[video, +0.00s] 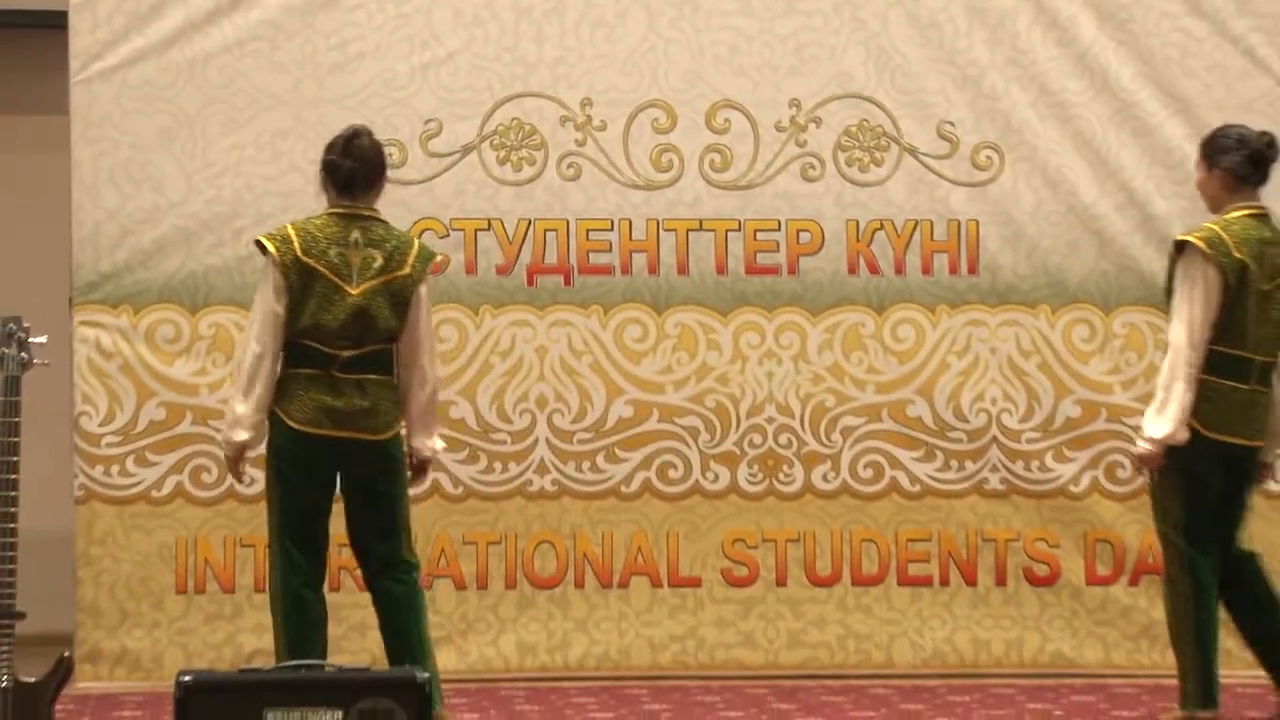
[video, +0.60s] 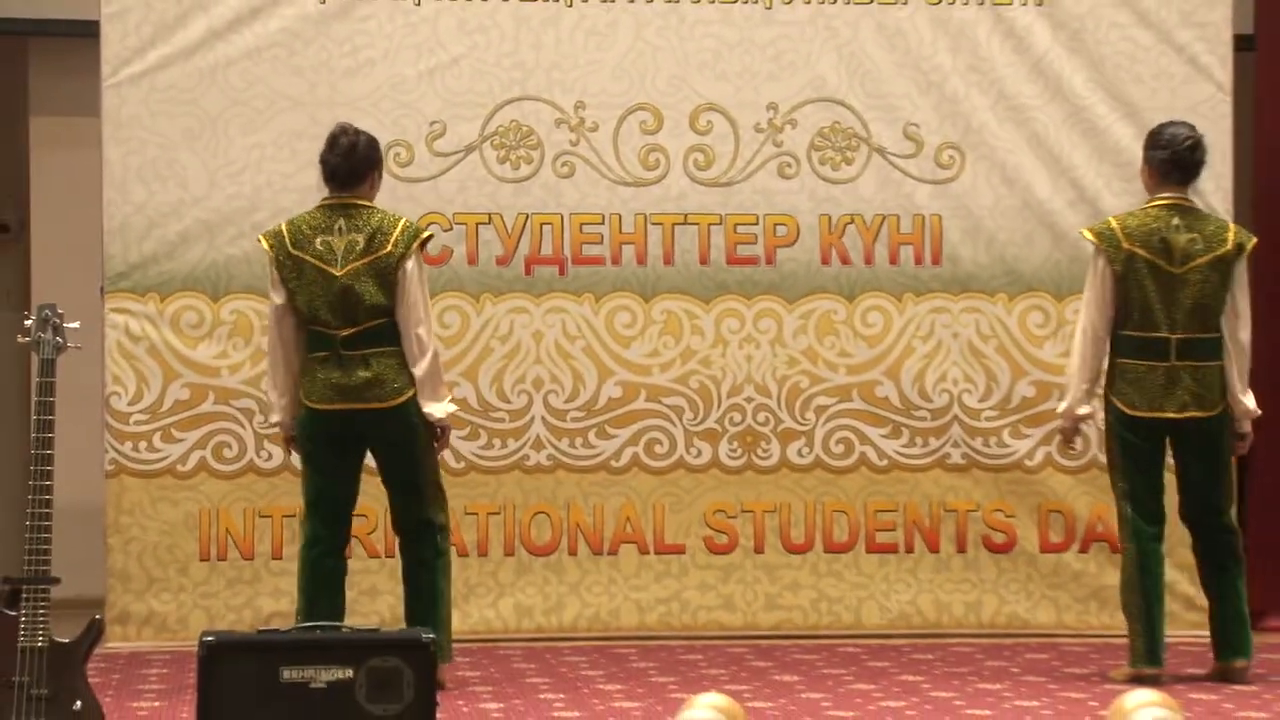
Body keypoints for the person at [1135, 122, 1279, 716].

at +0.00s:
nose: (1195, 180)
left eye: (1198, 170)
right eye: (1198, 169)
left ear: (1214, 175)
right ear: (1254, 177)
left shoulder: (1207, 246)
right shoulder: (1271, 242)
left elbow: (1188, 345)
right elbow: (1274, 361)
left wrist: (1160, 427)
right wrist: (1270, 444)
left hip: (1198, 435)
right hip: (1247, 436)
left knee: (1187, 565)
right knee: (1224, 554)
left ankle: (1197, 703)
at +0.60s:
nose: (1139, 171)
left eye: (1141, 163)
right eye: (1146, 163)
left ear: (1147, 169)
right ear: (1197, 172)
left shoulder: (1115, 237)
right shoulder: (1229, 241)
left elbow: (1094, 326)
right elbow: (1238, 331)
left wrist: (1077, 398)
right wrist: (1240, 402)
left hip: (1133, 404)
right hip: (1204, 406)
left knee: (1140, 529)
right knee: (1214, 522)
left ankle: (1145, 658)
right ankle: (1233, 654)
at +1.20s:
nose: (1103, 179)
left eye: (1104, 172)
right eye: (1106, 171)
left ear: (1110, 177)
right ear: (1158, 176)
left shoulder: (1090, 240)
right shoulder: (1191, 239)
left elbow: (1076, 324)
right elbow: (1200, 321)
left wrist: (1069, 391)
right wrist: (1205, 385)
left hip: (1112, 394)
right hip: (1175, 393)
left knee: (1117, 495)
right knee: (1170, 501)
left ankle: (1134, 601)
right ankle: (1166, 620)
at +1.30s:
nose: (1093, 181)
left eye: (1095, 175)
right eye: (1095, 173)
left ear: (1103, 180)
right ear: (1148, 178)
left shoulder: (1085, 241)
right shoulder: (1183, 241)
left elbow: (1070, 326)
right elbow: (1187, 322)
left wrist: (1056, 390)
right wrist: (1194, 387)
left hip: (1101, 397)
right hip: (1165, 397)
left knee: (1095, 486)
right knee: (1157, 499)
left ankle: (1120, 593)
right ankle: (1154, 616)